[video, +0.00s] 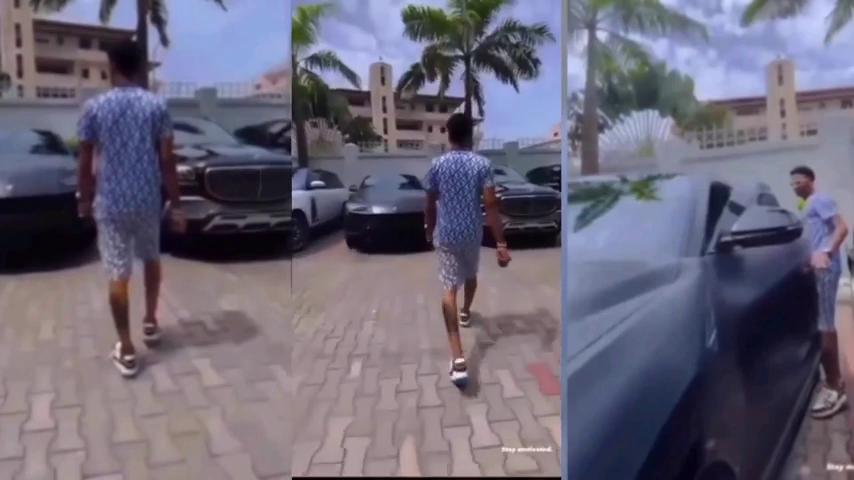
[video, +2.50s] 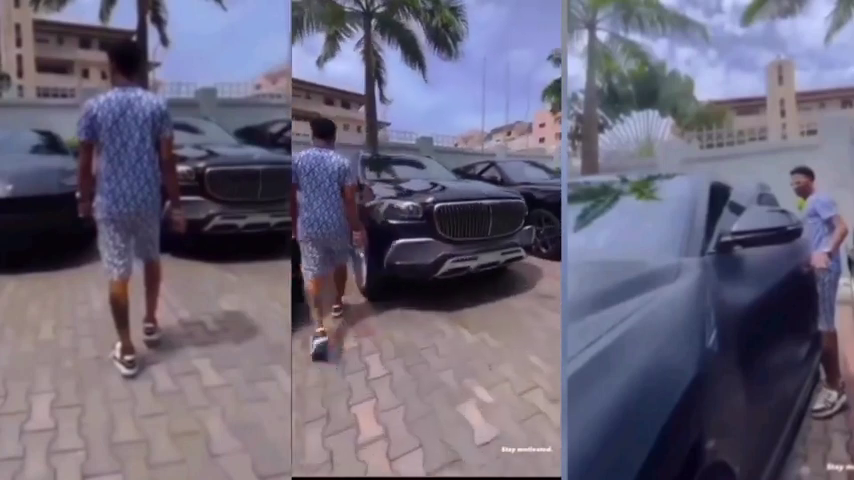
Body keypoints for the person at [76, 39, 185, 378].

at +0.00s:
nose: (110, 72)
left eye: (110, 66)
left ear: (112, 68)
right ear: (142, 67)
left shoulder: (96, 107)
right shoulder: (156, 106)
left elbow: (85, 161)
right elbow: (167, 160)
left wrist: (85, 199)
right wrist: (175, 202)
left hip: (110, 201)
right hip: (147, 200)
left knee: (118, 273)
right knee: (151, 260)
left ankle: (125, 348)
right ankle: (150, 319)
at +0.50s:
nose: (110, 72)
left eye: (110, 66)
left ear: (112, 68)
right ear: (142, 67)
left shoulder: (96, 107)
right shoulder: (156, 106)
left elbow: (85, 161)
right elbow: (167, 160)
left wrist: (85, 199)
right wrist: (175, 202)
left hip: (110, 201)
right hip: (147, 200)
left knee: (118, 273)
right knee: (151, 260)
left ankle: (125, 348)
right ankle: (150, 319)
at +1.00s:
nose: (110, 71)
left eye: (110, 66)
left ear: (112, 68)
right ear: (142, 67)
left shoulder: (95, 107)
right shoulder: (156, 106)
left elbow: (85, 161)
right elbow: (167, 160)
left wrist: (84, 199)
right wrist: (175, 202)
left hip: (110, 201)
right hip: (147, 200)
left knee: (118, 273)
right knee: (151, 260)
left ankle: (125, 348)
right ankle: (150, 319)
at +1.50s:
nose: (110, 71)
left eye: (110, 66)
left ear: (112, 68)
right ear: (142, 67)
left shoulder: (95, 107)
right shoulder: (156, 106)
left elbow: (85, 161)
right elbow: (167, 160)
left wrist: (84, 199)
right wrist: (175, 202)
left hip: (110, 201)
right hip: (147, 200)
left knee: (118, 273)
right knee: (151, 260)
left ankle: (125, 348)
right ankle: (150, 319)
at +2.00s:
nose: (110, 71)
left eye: (110, 66)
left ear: (112, 68)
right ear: (142, 67)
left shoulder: (95, 107)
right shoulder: (156, 106)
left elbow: (85, 161)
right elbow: (167, 160)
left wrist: (84, 199)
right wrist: (175, 202)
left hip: (110, 201)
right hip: (147, 200)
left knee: (118, 273)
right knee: (151, 260)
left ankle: (125, 348)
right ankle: (150, 319)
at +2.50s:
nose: (110, 71)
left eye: (110, 66)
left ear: (112, 68)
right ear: (142, 67)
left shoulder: (95, 107)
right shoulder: (156, 106)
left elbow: (85, 161)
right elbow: (167, 160)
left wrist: (84, 199)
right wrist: (175, 202)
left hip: (110, 201)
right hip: (147, 200)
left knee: (118, 273)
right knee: (151, 260)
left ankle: (125, 348)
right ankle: (150, 319)